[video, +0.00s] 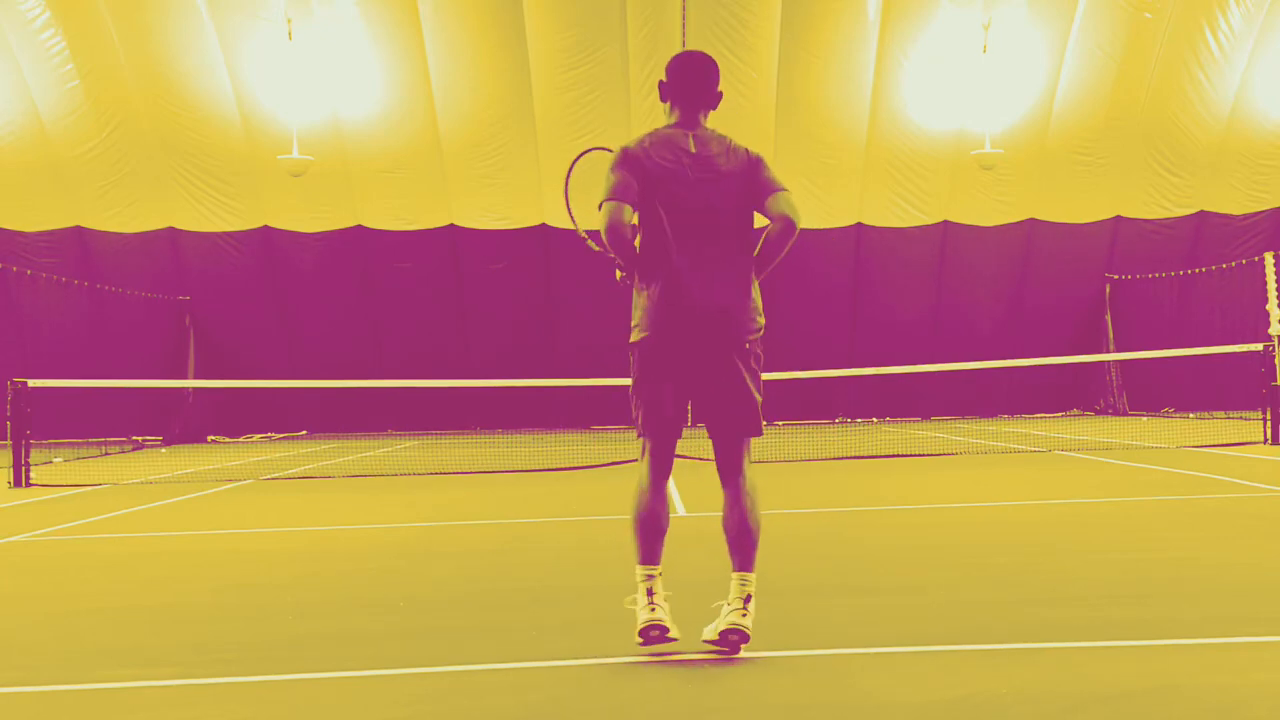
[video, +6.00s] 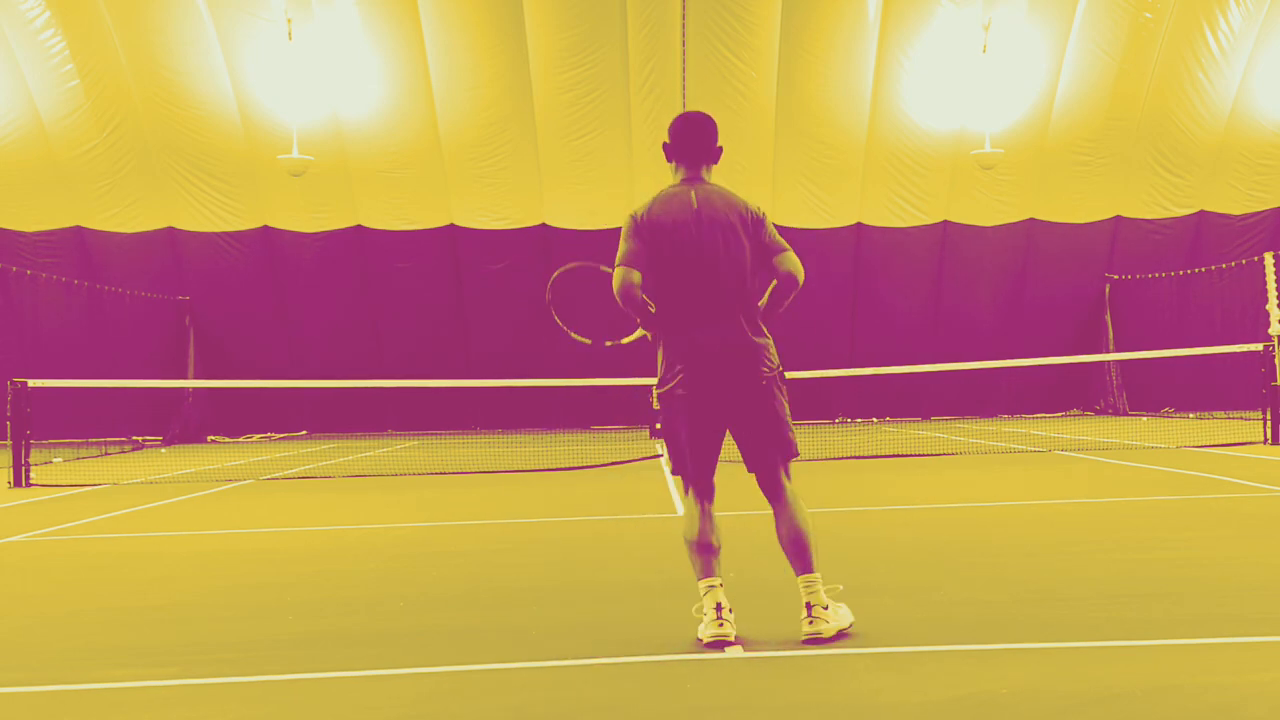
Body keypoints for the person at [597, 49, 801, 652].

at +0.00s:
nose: (682, 105)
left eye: (672, 92)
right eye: (706, 96)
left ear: (664, 94)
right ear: (718, 99)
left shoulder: (636, 155)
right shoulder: (743, 159)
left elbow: (613, 225)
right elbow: (788, 221)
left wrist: (640, 269)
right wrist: (751, 274)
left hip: (662, 326)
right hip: (732, 325)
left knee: (654, 466)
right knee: (736, 469)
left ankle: (650, 602)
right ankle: (739, 608)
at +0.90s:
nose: (700, 115)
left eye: (687, 101)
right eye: (720, 104)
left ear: (676, 103)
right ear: (732, 106)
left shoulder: (648, 166)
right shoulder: (761, 166)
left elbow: (621, 237)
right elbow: (808, 226)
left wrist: (660, 285)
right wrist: (772, 283)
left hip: (685, 342)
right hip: (755, 337)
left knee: (694, 488)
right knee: (782, 482)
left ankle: (706, 632)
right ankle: (811, 624)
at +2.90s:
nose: (693, 122)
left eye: (684, 110)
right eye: (714, 112)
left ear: (676, 112)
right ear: (729, 114)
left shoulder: (652, 170)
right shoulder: (757, 171)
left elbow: (626, 231)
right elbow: (795, 230)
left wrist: (655, 272)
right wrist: (759, 279)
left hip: (678, 326)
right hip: (744, 326)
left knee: (674, 468)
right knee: (746, 465)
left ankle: (676, 603)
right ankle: (755, 601)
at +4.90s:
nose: (673, 124)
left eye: (674, 116)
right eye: (689, 117)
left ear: (673, 120)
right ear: (722, 125)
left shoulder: (647, 179)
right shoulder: (747, 183)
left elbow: (624, 246)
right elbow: (790, 239)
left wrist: (644, 286)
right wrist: (748, 280)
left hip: (664, 339)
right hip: (729, 341)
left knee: (654, 467)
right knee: (726, 473)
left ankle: (649, 598)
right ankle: (730, 604)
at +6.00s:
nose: (702, 162)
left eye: (673, 154)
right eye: (712, 152)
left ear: (667, 155)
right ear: (717, 155)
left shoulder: (644, 216)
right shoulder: (744, 211)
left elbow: (624, 286)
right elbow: (792, 273)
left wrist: (655, 322)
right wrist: (759, 316)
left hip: (685, 371)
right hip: (750, 366)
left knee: (697, 493)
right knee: (779, 484)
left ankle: (715, 611)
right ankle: (816, 605)